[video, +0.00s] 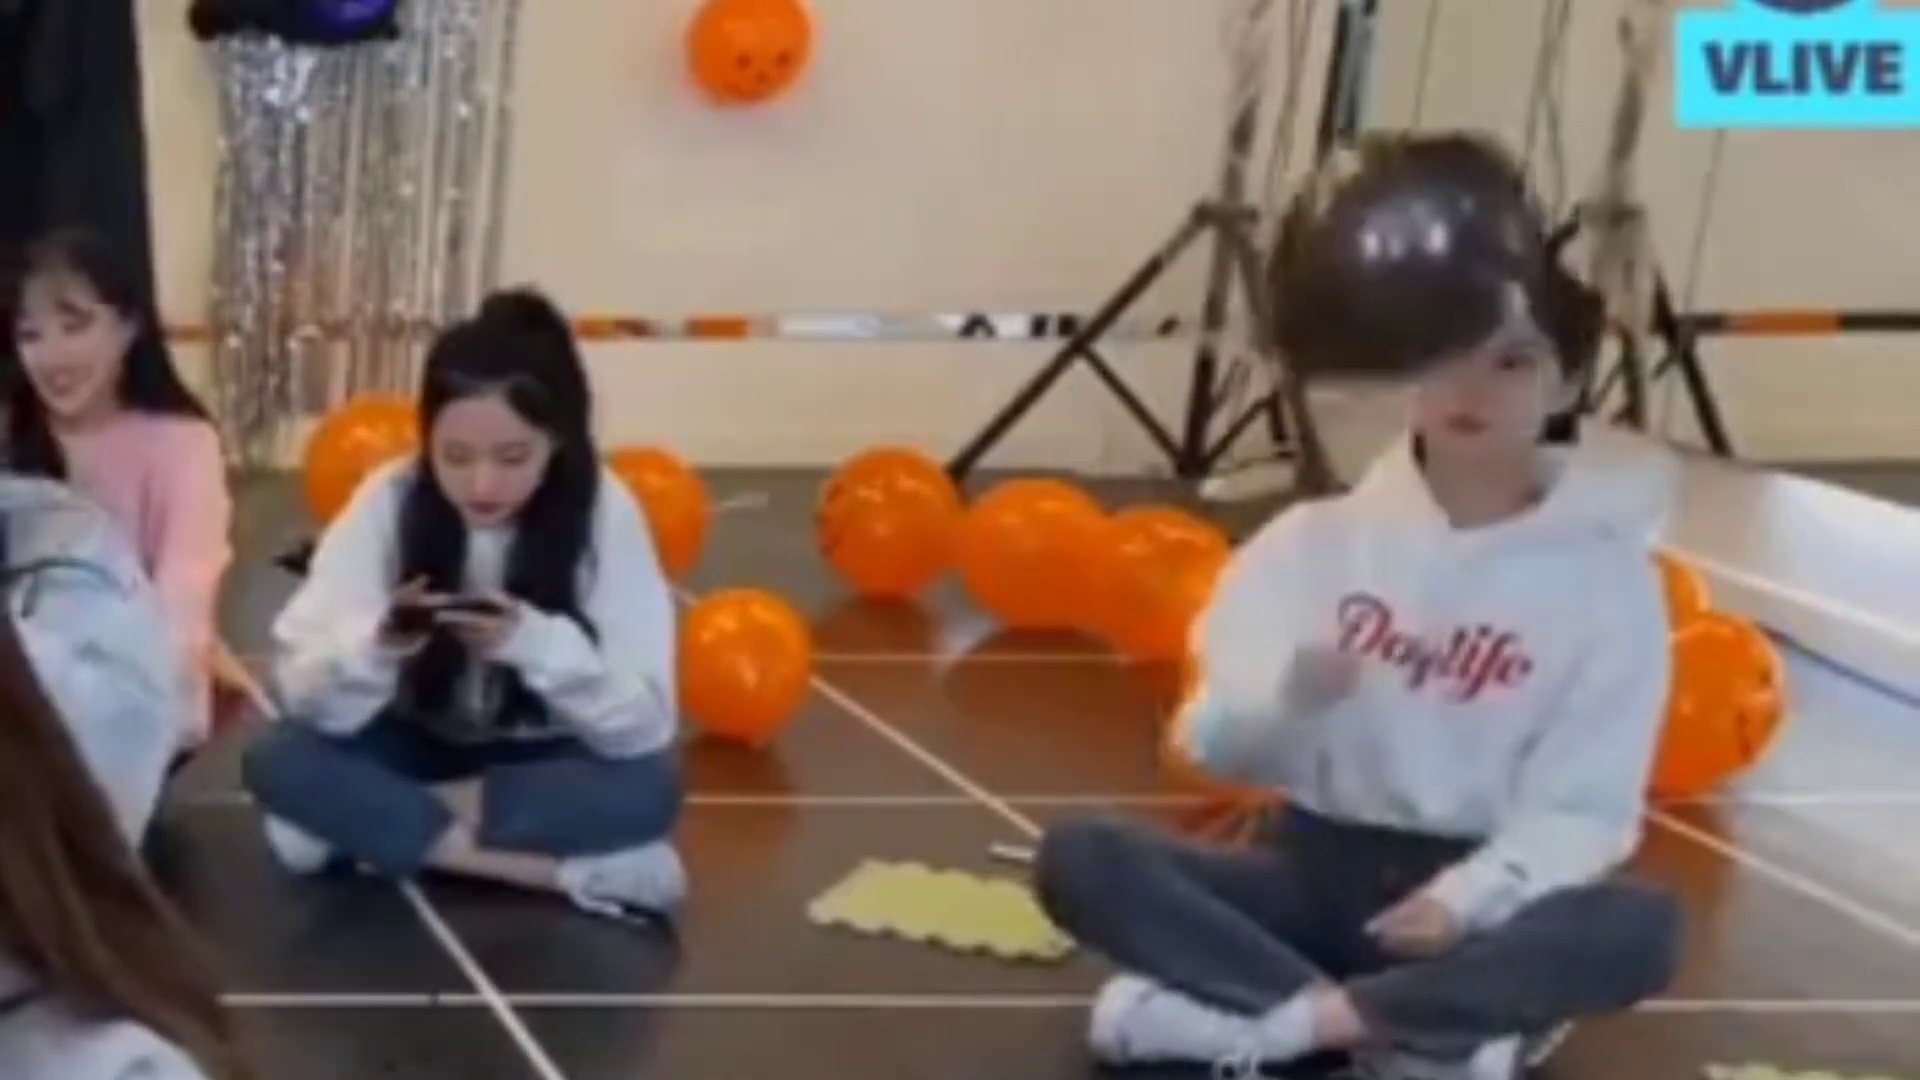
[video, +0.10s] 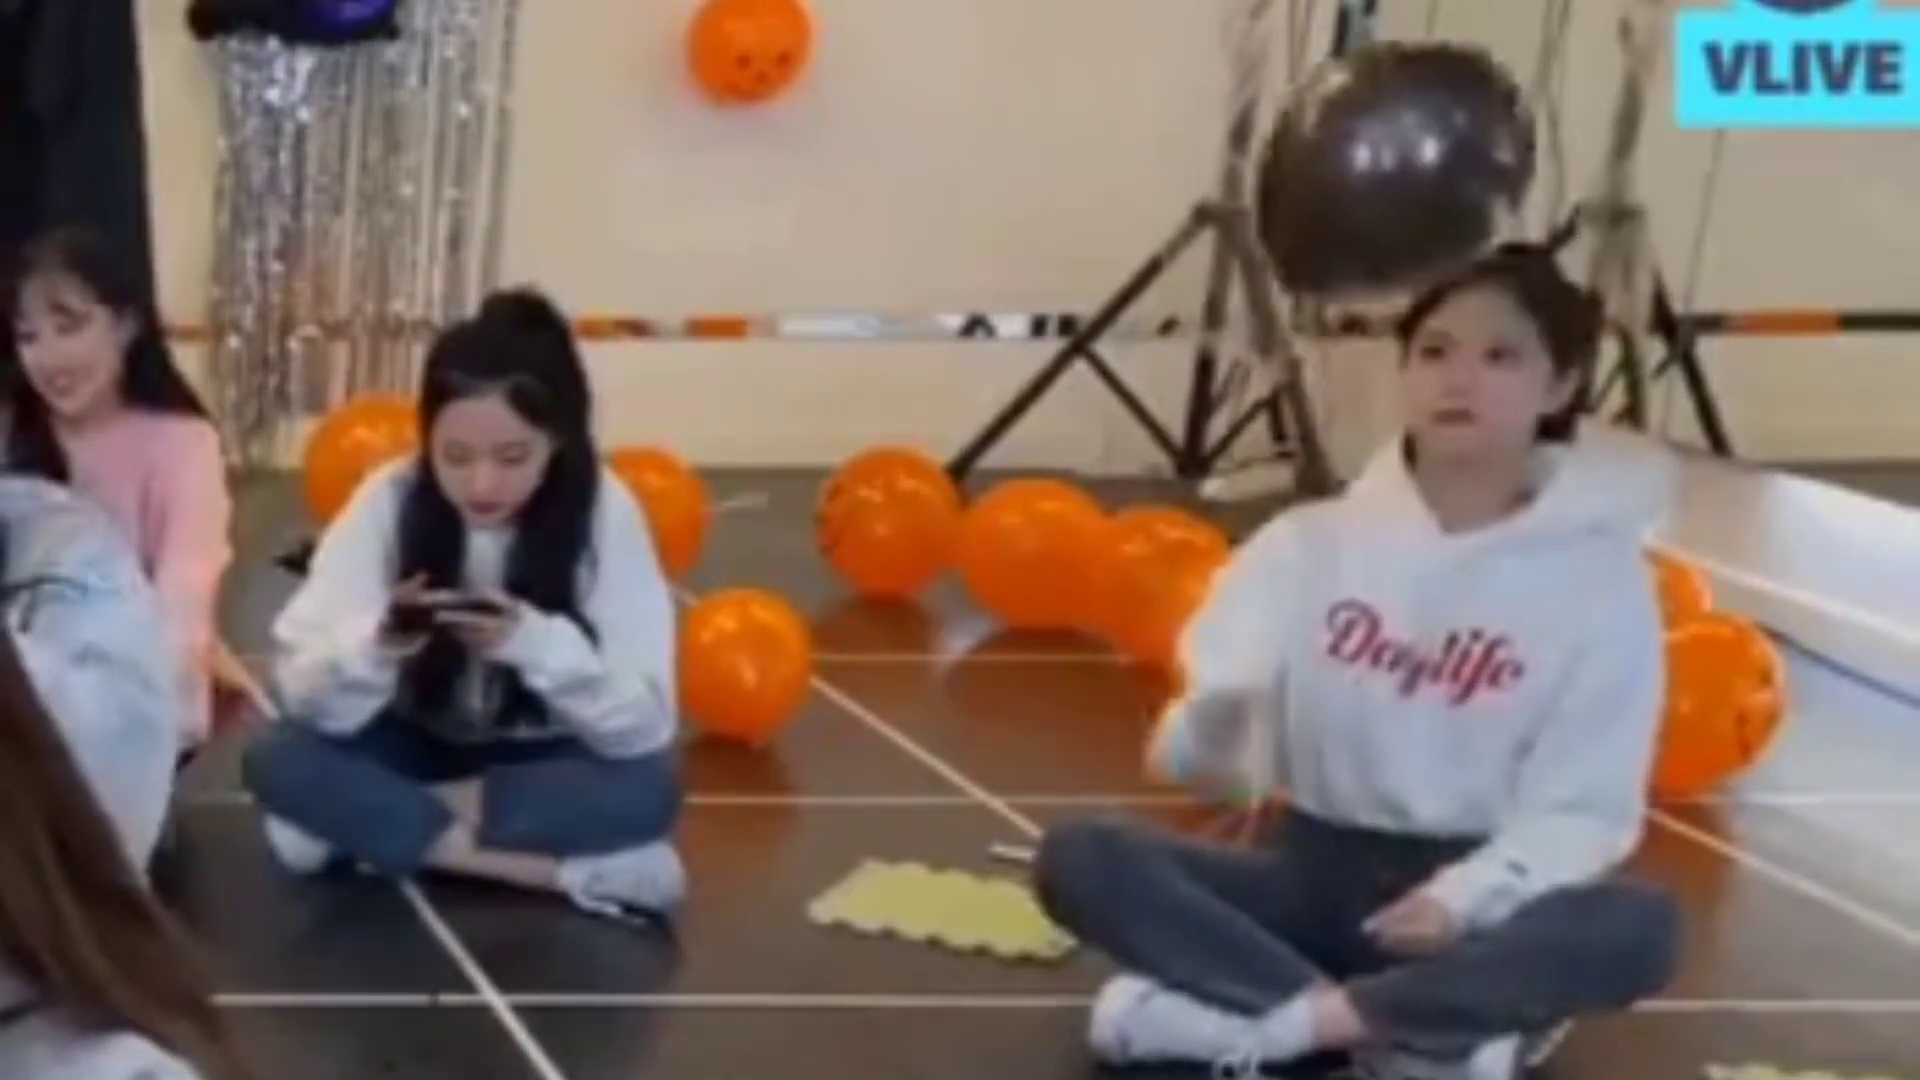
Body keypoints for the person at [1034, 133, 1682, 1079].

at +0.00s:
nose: (1470, 398)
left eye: (1511, 362)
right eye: (1435, 366)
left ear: (1565, 372)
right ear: (1391, 381)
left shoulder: (1607, 581)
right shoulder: (1310, 544)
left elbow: (1589, 812)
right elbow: (1202, 745)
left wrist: (1464, 898)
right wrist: (1288, 703)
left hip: (1479, 884)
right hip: (1307, 872)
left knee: (1640, 928)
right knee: (1077, 856)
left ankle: (1287, 1027)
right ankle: (1402, 1044)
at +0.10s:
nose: (1459, 380)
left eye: (1500, 357)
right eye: (1436, 353)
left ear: (1558, 393)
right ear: (1403, 380)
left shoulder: (1598, 579)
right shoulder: (1308, 543)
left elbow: (1590, 808)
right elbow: (1183, 764)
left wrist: (1463, 897)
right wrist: (1218, 727)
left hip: (1482, 889)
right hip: (1306, 872)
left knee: (1641, 930)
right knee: (1077, 857)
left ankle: (1277, 1033)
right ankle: (1403, 1049)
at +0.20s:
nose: (1452, 376)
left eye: (1493, 353)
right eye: (1431, 349)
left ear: (1554, 391)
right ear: (1399, 376)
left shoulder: (1594, 574)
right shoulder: (1297, 539)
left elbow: (1586, 805)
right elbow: (1188, 737)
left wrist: (1458, 901)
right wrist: (1182, 632)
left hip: (1478, 896)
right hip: (1301, 879)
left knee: (1642, 933)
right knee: (1073, 866)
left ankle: (1283, 1031)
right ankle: (1407, 1049)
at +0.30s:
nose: (1452, 375)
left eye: (1493, 353)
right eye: (1431, 349)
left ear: (1554, 391)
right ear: (1399, 376)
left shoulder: (1594, 575)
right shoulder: (1306, 534)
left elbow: (1582, 805)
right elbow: (1173, 693)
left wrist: (1456, 901)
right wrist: (1180, 557)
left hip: (1478, 894)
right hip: (1302, 875)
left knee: (1642, 933)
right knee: (1074, 866)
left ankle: (1285, 1031)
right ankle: (1409, 1048)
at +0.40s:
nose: (1448, 380)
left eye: (1492, 357)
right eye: (1431, 351)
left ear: (1559, 393)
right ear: (1402, 374)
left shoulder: (1600, 579)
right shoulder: (1310, 537)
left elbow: (1584, 810)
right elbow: (1179, 701)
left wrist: (1456, 901)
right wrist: (1192, 527)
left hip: (1477, 897)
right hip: (1301, 879)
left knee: (1643, 932)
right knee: (1075, 865)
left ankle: (1281, 1032)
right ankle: (1412, 1050)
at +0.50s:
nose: (1445, 386)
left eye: (1490, 363)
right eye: (1428, 357)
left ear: (1560, 391)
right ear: (1402, 376)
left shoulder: (1606, 581)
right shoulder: (1313, 541)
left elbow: (1588, 811)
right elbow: (1187, 729)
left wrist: (1457, 901)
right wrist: (1184, 573)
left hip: (1482, 897)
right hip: (1304, 880)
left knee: (1645, 928)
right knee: (1077, 862)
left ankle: (1280, 1033)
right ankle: (1410, 1050)